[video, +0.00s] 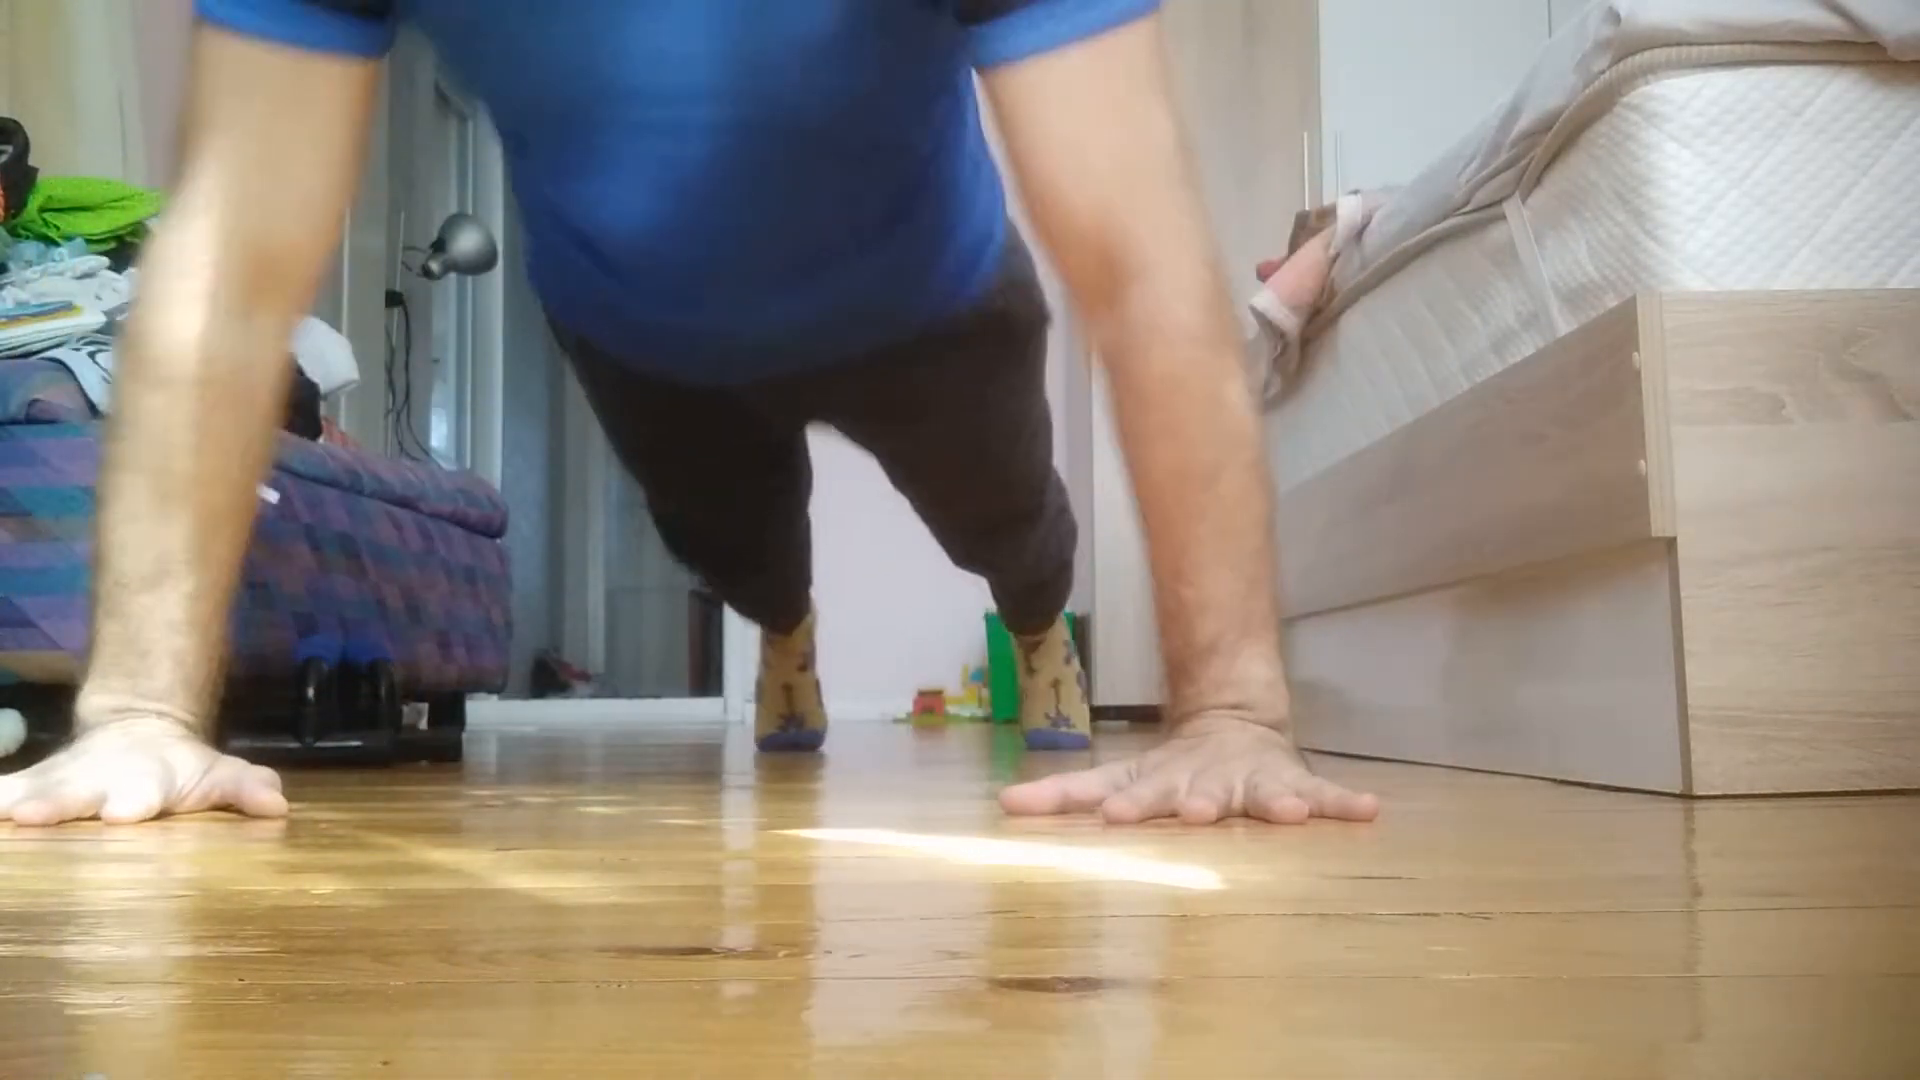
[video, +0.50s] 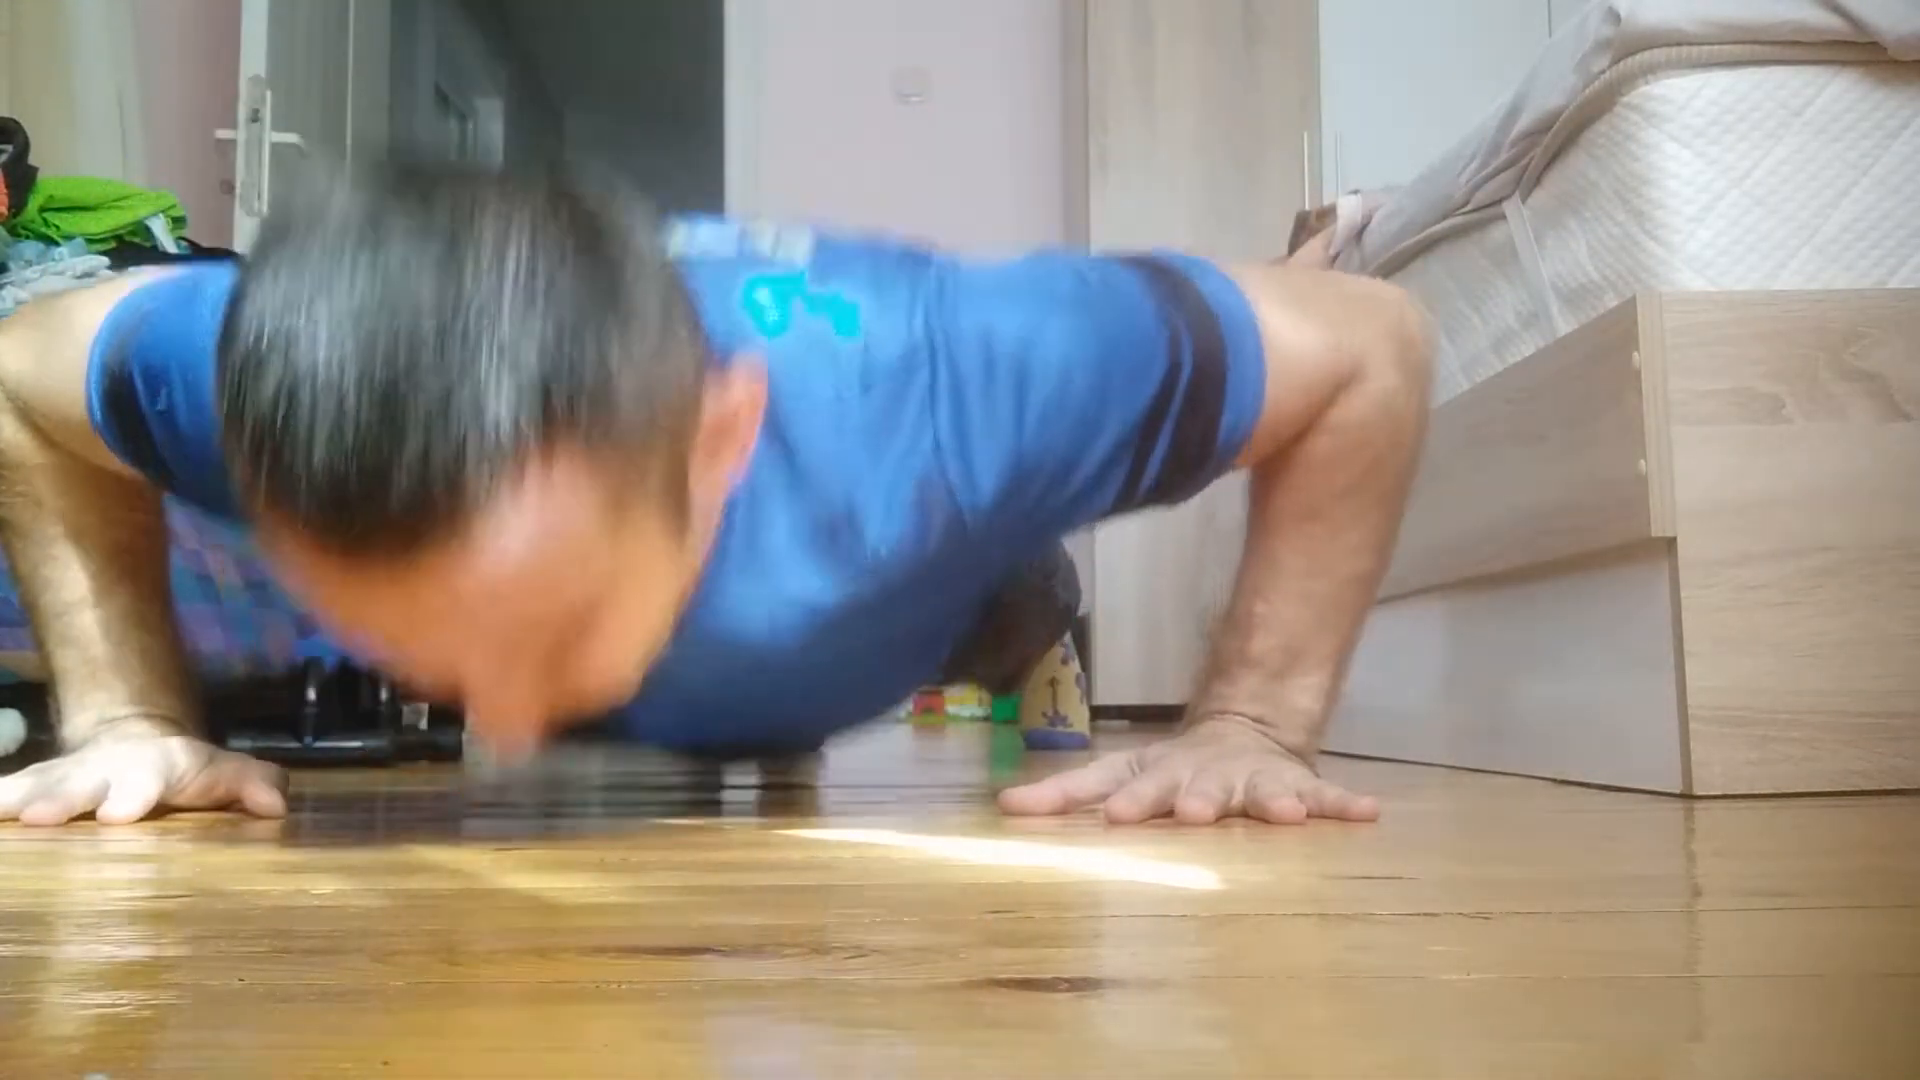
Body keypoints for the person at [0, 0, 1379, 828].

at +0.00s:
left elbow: (1146, 264)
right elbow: (230, 265)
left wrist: (1237, 704)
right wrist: (143, 709)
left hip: (918, 301)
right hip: (643, 335)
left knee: (1006, 528)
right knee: (744, 553)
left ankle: (1018, 615)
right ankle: (784, 624)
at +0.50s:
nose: (505, 738)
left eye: (563, 645)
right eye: (418, 673)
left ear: (722, 441)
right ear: (298, 518)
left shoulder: (943, 412)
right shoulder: (240, 379)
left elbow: (1372, 351)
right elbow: (30, 375)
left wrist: (1254, 723)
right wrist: (125, 718)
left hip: (890, 644)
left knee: (1010, 640)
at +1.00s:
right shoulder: (353, 7)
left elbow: (1133, 264)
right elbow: (250, 272)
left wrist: (1238, 704)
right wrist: (145, 710)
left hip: (922, 377)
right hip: (655, 410)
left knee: (1003, 559)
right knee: (755, 564)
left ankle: (1015, 609)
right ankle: (793, 629)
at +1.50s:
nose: (488, 647)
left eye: (551, 560)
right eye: (405, 579)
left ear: (717, 371)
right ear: (316, 455)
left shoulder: (957, 384)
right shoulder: (241, 370)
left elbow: (1384, 356)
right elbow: (31, 387)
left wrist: (1257, 720)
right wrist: (127, 713)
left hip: (937, 625)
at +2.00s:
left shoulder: (975, 12)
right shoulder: (345, 8)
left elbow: (1162, 282)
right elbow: (236, 278)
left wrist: (1241, 705)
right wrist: (146, 712)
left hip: (932, 384)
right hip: (675, 423)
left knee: (1008, 561)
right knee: (778, 566)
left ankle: (1022, 618)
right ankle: (817, 642)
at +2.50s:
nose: (450, 619)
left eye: (520, 533)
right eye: (373, 548)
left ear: (691, 364)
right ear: (297, 429)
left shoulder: (945, 357)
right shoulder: (210, 348)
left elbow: (1406, 347)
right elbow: (16, 390)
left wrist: (1261, 725)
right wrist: (119, 712)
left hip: (924, 603)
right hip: (680, 633)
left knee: (1006, 618)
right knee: (802, 666)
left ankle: (1036, 652)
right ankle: (815, 701)